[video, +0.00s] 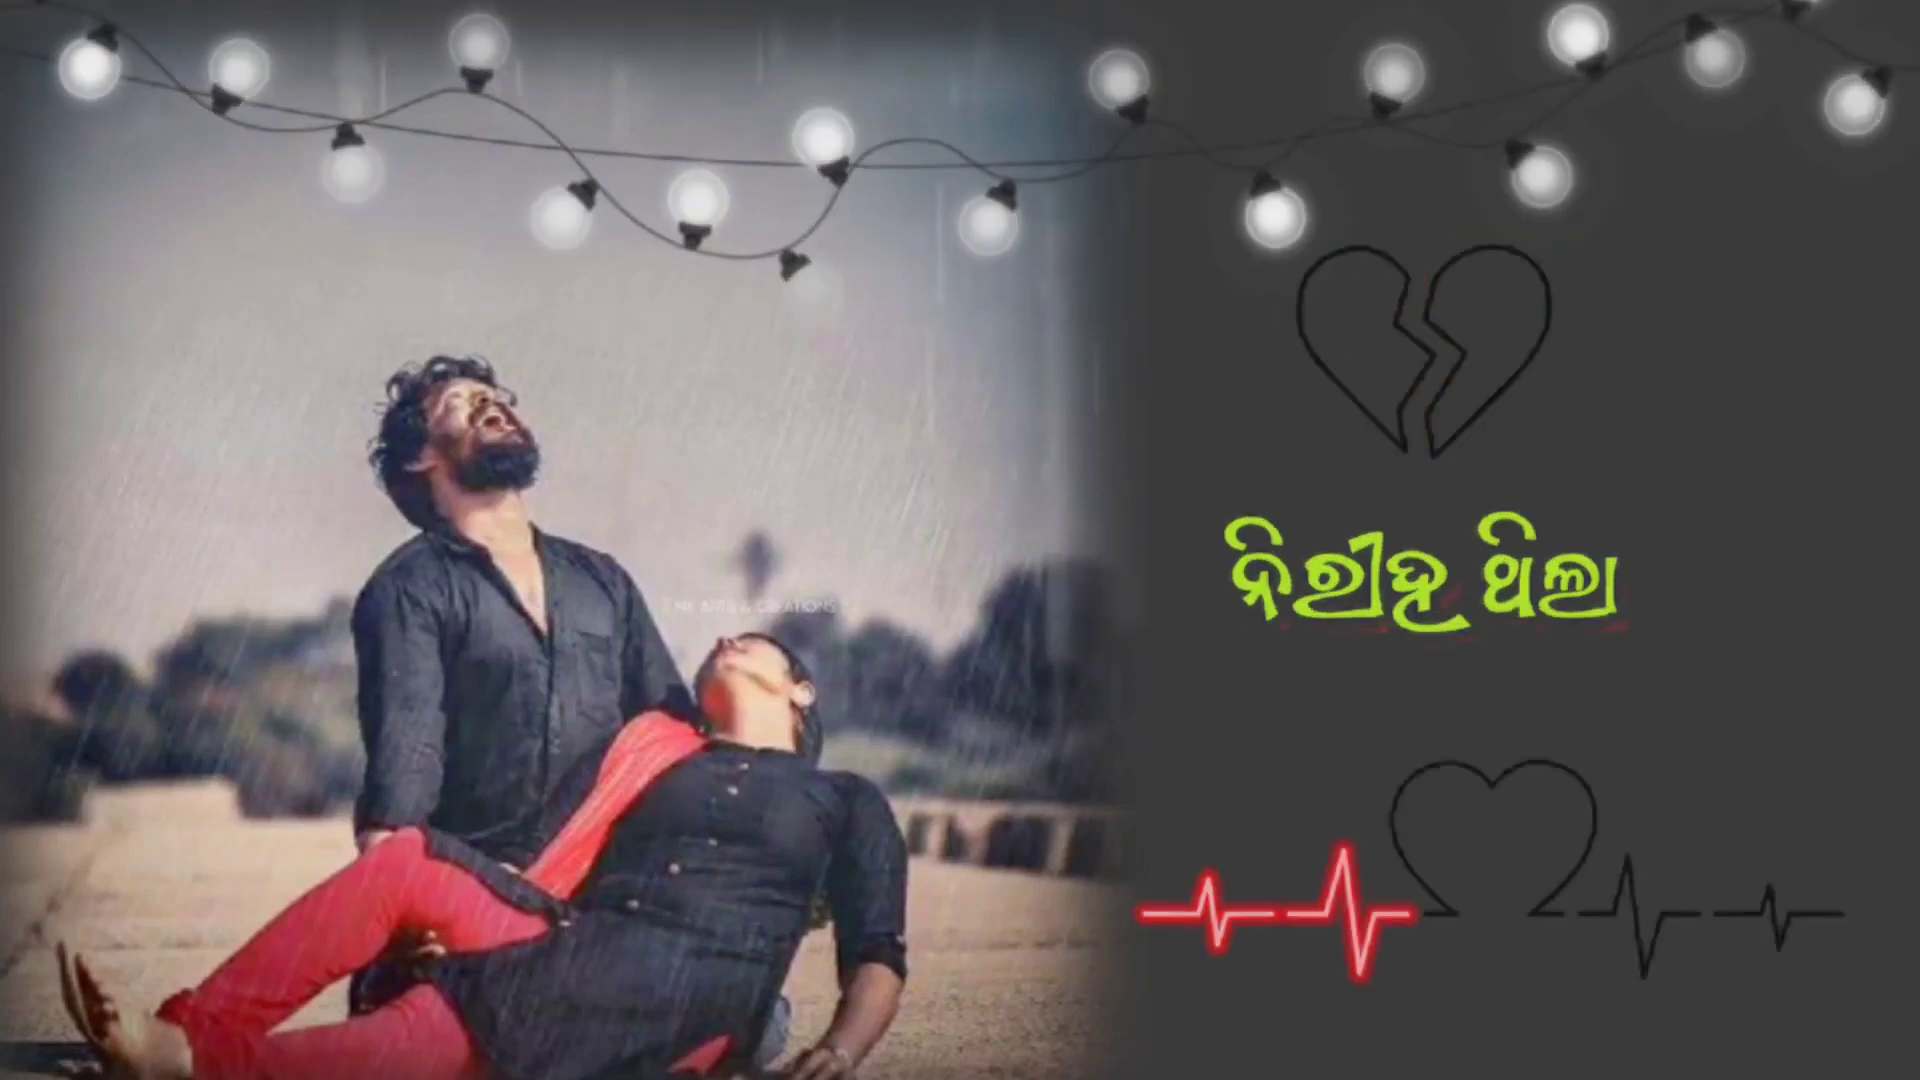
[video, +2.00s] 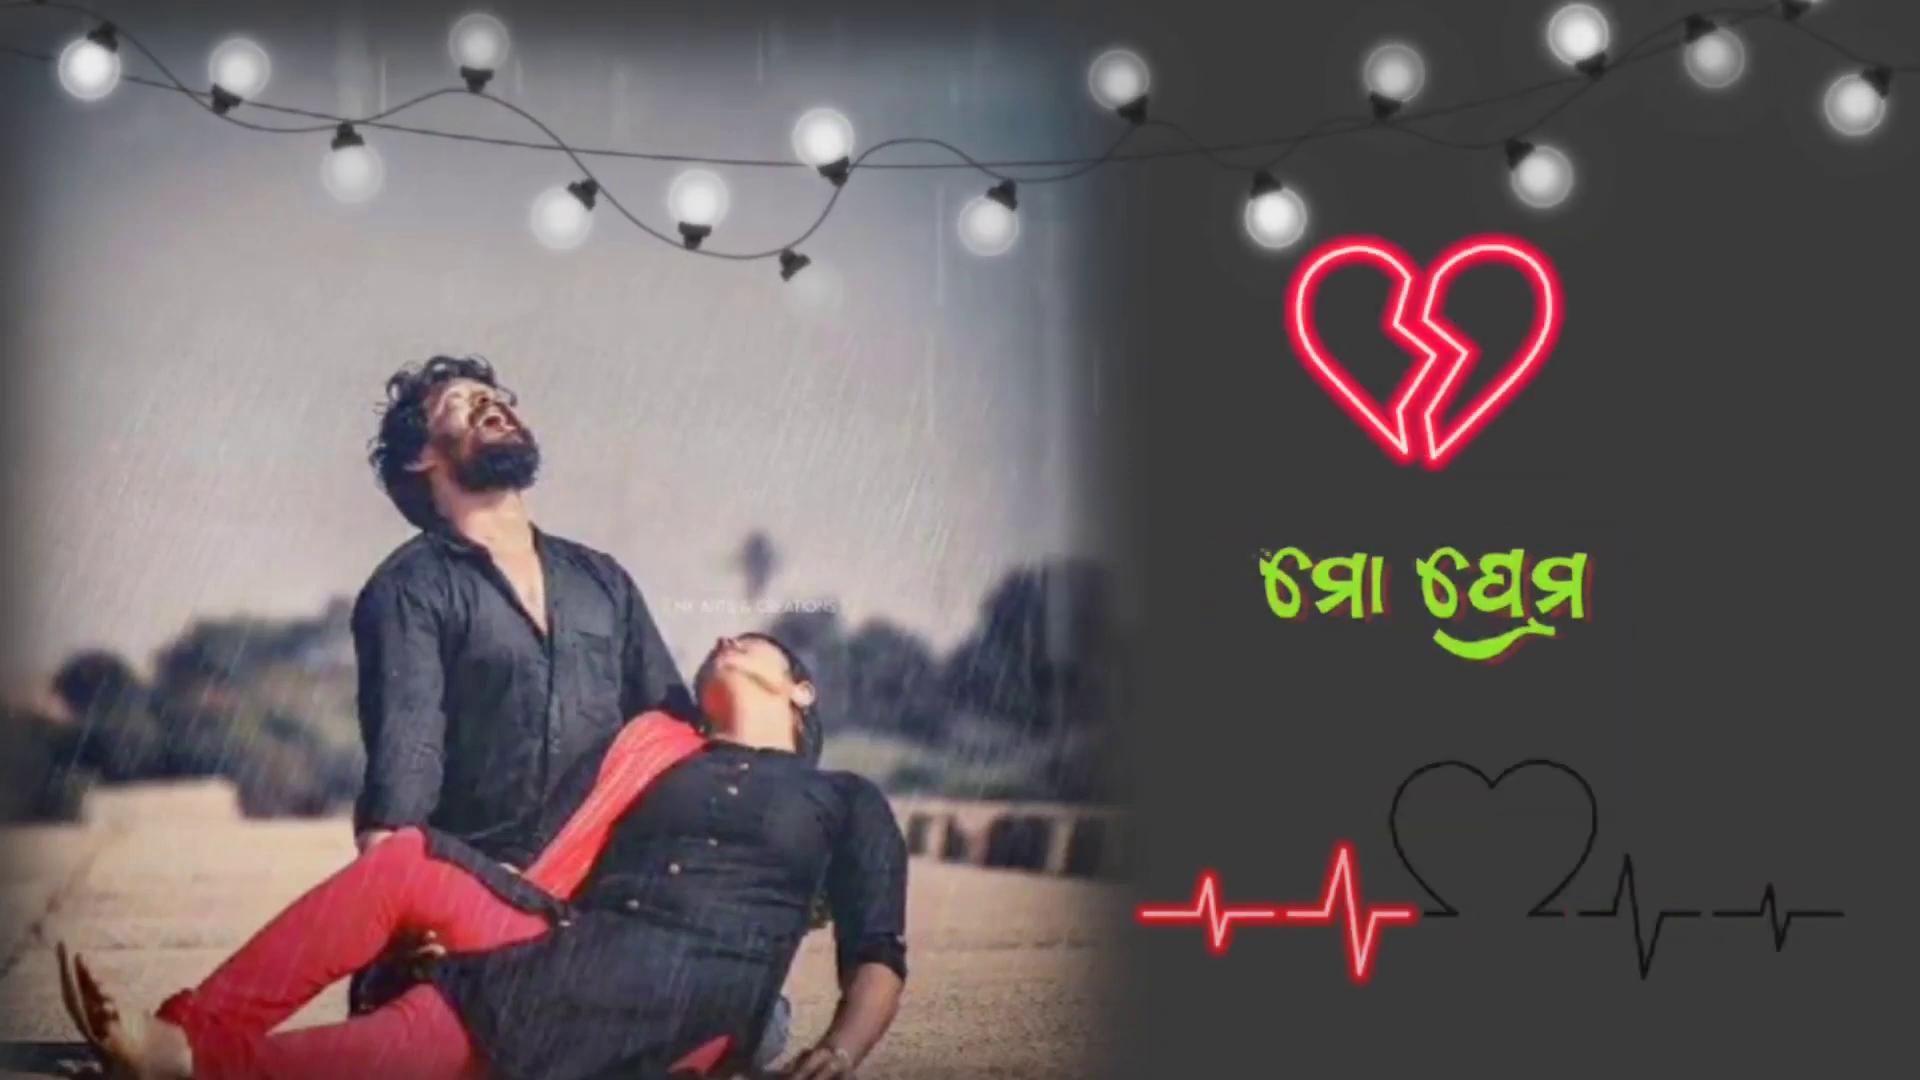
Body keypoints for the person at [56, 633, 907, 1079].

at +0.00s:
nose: (722, 662)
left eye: (749, 657)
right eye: (717, 661)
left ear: (799, 699)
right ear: (708, 699)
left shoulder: (843, 798)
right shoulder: (663, 757)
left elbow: (878, 967)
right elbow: (576, 894)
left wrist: (835, 1066)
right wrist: (456, 948)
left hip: (693, 981)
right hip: (588, 945)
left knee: (448, 1029)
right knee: (400, 860)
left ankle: (186, 1059)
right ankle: (178, 1040)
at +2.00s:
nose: (722, 662)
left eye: (749, 657)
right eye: (717, 661)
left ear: (799, 700)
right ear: (708, 699)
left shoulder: (843, 798)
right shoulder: (663, 757)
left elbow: (878, 967)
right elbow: (576, 894)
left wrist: (834, 1066)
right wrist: (456, 948)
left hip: (693, 981)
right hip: (588, 945)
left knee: (448, 1029)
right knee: (400, 860)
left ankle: (186, 1059)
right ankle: (178, 1040)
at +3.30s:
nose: (722, 660)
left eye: (749, 656)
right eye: (717, 659)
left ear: (799, 699)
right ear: (709, 699)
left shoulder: (843, 798)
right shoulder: (663, 756)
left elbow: (878, 967)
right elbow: (576, 893)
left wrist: (834, 1065)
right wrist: (458, 950)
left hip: (694, 981)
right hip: (589, 944)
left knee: (451, 1028)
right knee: (401, 861)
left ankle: (187, 1059)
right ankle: (177, 1040)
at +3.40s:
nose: (722, 662)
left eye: (749, 658)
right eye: (717, 661)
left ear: (799, 700)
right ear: (708, 699)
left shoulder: (843, 798)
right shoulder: (663, 757)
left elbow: (878, 967)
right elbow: (576, 894)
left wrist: (834, 1066)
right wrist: (456, 948)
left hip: (692, 981)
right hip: (588, 944)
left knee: (448, 1029)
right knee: (401, 860)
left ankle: (186, 1059)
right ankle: (178, 1040)